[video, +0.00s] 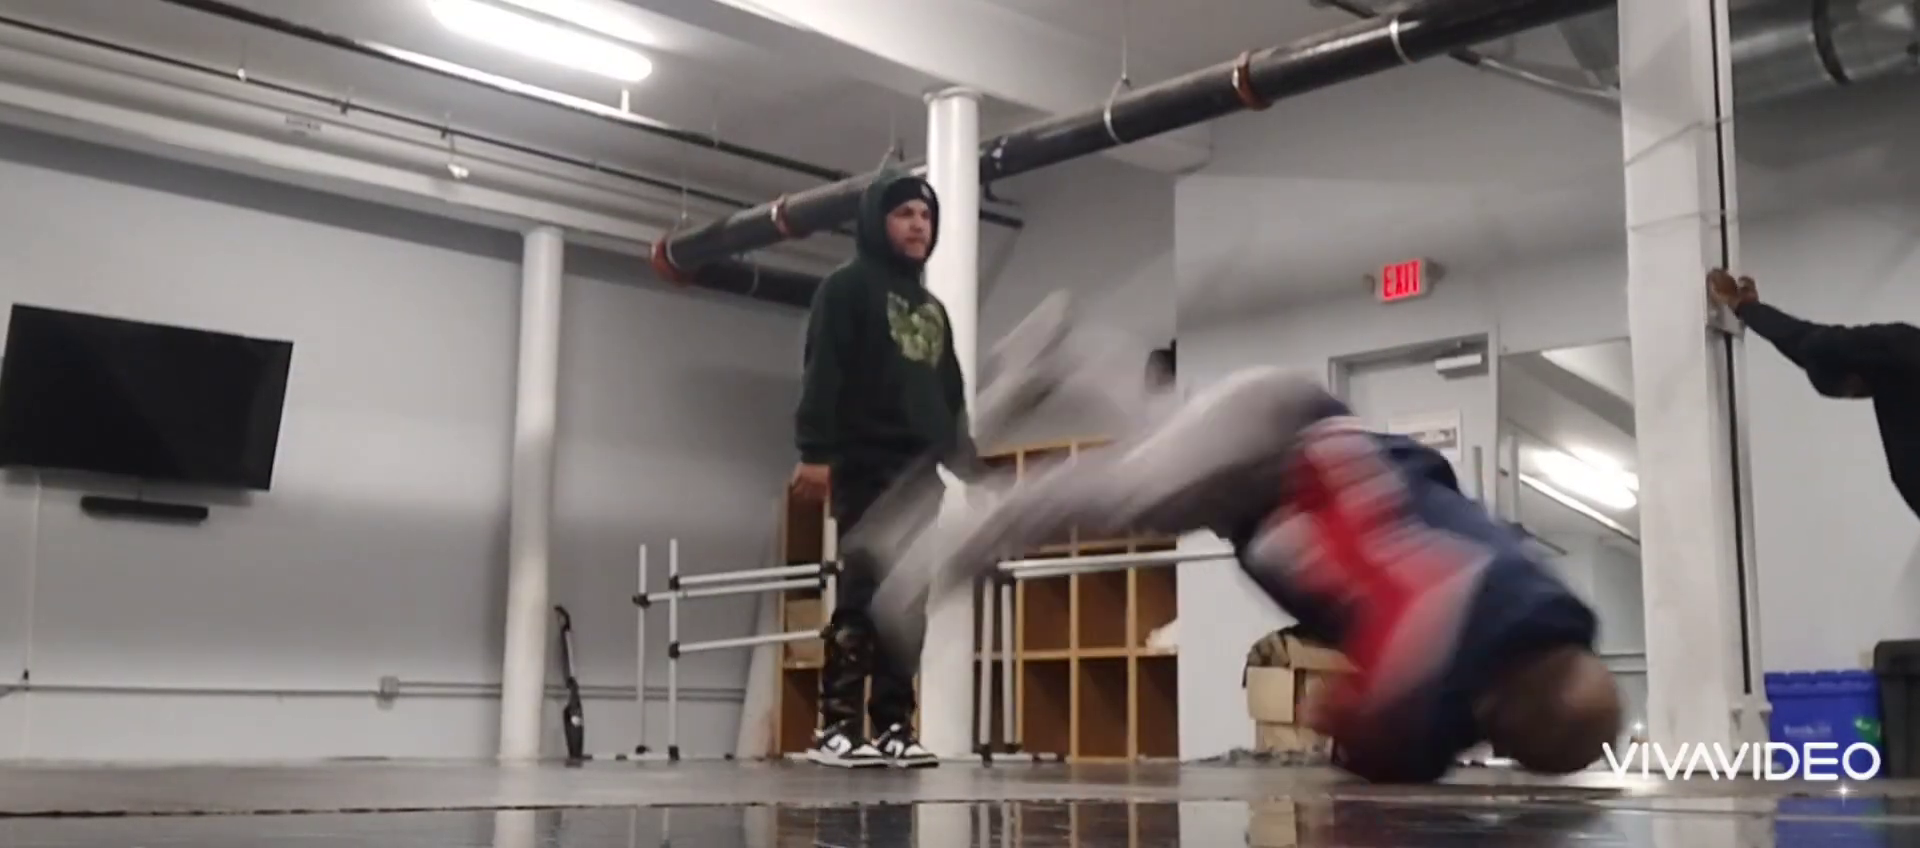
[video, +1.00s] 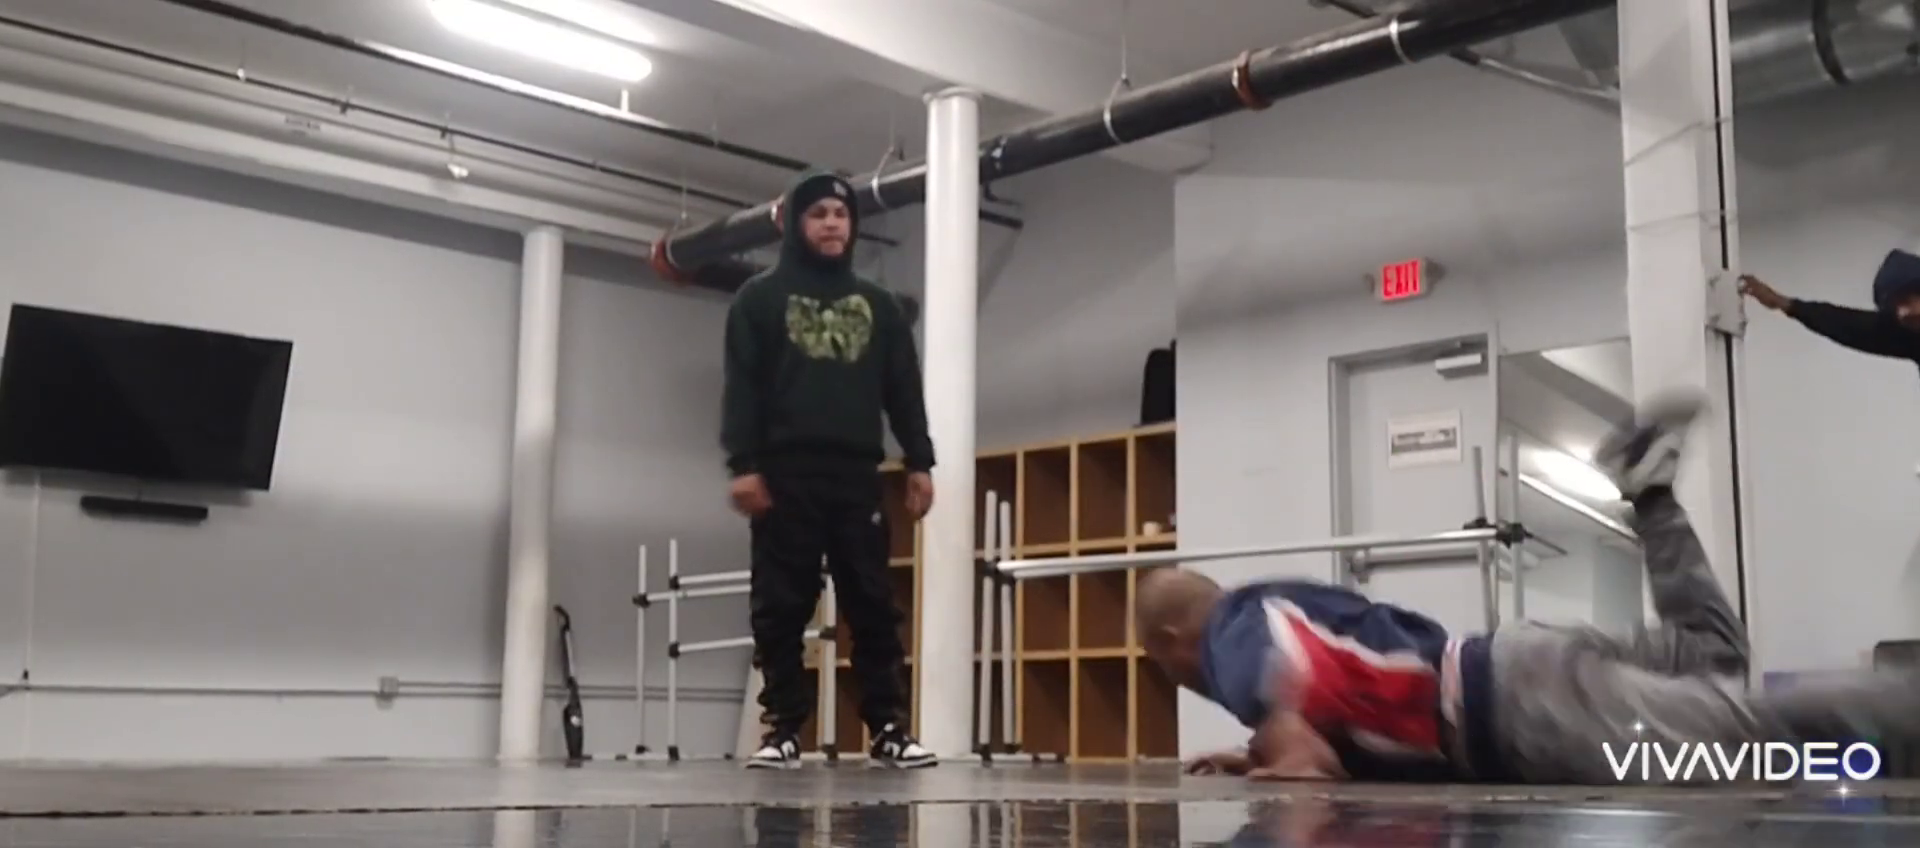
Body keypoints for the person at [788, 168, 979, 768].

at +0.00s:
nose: (918, 226)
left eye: (925, 217)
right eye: (905, 215)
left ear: (934, 228)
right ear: (876, 222)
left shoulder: (932, 309)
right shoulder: (847, 286)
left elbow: (951, 390)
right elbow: (823, 371)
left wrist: (961, 456)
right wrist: (815, 454)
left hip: (919, 465)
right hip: (862, 463)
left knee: (906, 594)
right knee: (859, 591)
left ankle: (894, 726)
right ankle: (838, 727)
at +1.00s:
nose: (832, 223)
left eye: (841, 214)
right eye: (819, 214)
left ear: (851, 224)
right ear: (794, 224)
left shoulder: (877, 303)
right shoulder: (758, 298)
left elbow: (902, 387)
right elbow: (741, 386)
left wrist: (920, 461)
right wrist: (742, 466)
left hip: (856, 472)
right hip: (782, 472)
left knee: (871, 604)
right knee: (779, 607)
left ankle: (888, 729)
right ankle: (782, 730)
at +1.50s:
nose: (797, 217)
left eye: (805, 208)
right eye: (784, 206)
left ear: (815, 219)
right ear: (758, 217)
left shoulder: (844, 294)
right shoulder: (721, 295)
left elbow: (869, 379)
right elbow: (696, 383)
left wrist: (878, 455)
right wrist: (684, 464)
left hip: (818, 463)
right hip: (749, 463)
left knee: (798, 581)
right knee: (752, 591)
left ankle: (793, 722)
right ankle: (775, 717)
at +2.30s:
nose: (780, 191)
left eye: (791, 186)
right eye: (768, 179)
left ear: (797, 202)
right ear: (739, 185)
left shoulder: (812, 276)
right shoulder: (689, 263)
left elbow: (833, 364)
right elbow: (651, 352)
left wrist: (823, 432)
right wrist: (628, 435)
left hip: (781, 452)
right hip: (706, 448)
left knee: (778, 591)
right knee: (690, 580)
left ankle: (756, 724)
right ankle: (702, 691)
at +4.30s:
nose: (742, 208)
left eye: (747, 199)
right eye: (730, 195)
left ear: (745, 211)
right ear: (696, 198)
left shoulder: (735, 287)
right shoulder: (654, 269)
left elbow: (749, 382)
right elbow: (648, 368)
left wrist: (759, 469)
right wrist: (672, 448)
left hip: (725, 458)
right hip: (664, 454)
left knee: (704, 602)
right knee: (648, 589)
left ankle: (684, 731)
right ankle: (626, 725)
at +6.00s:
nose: (718, 235)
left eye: (724, 229)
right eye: (707, 224)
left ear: (727, 242)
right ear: (677, 228)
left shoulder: (733, 315)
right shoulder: (630, 299)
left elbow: (754, 397)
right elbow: (606, 389)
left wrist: (768, 463)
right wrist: (619, 464)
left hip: (722, 486)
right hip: (652, 484)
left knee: (742, 613)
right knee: (644, 612)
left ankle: (755, 731)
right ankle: (642, 735)